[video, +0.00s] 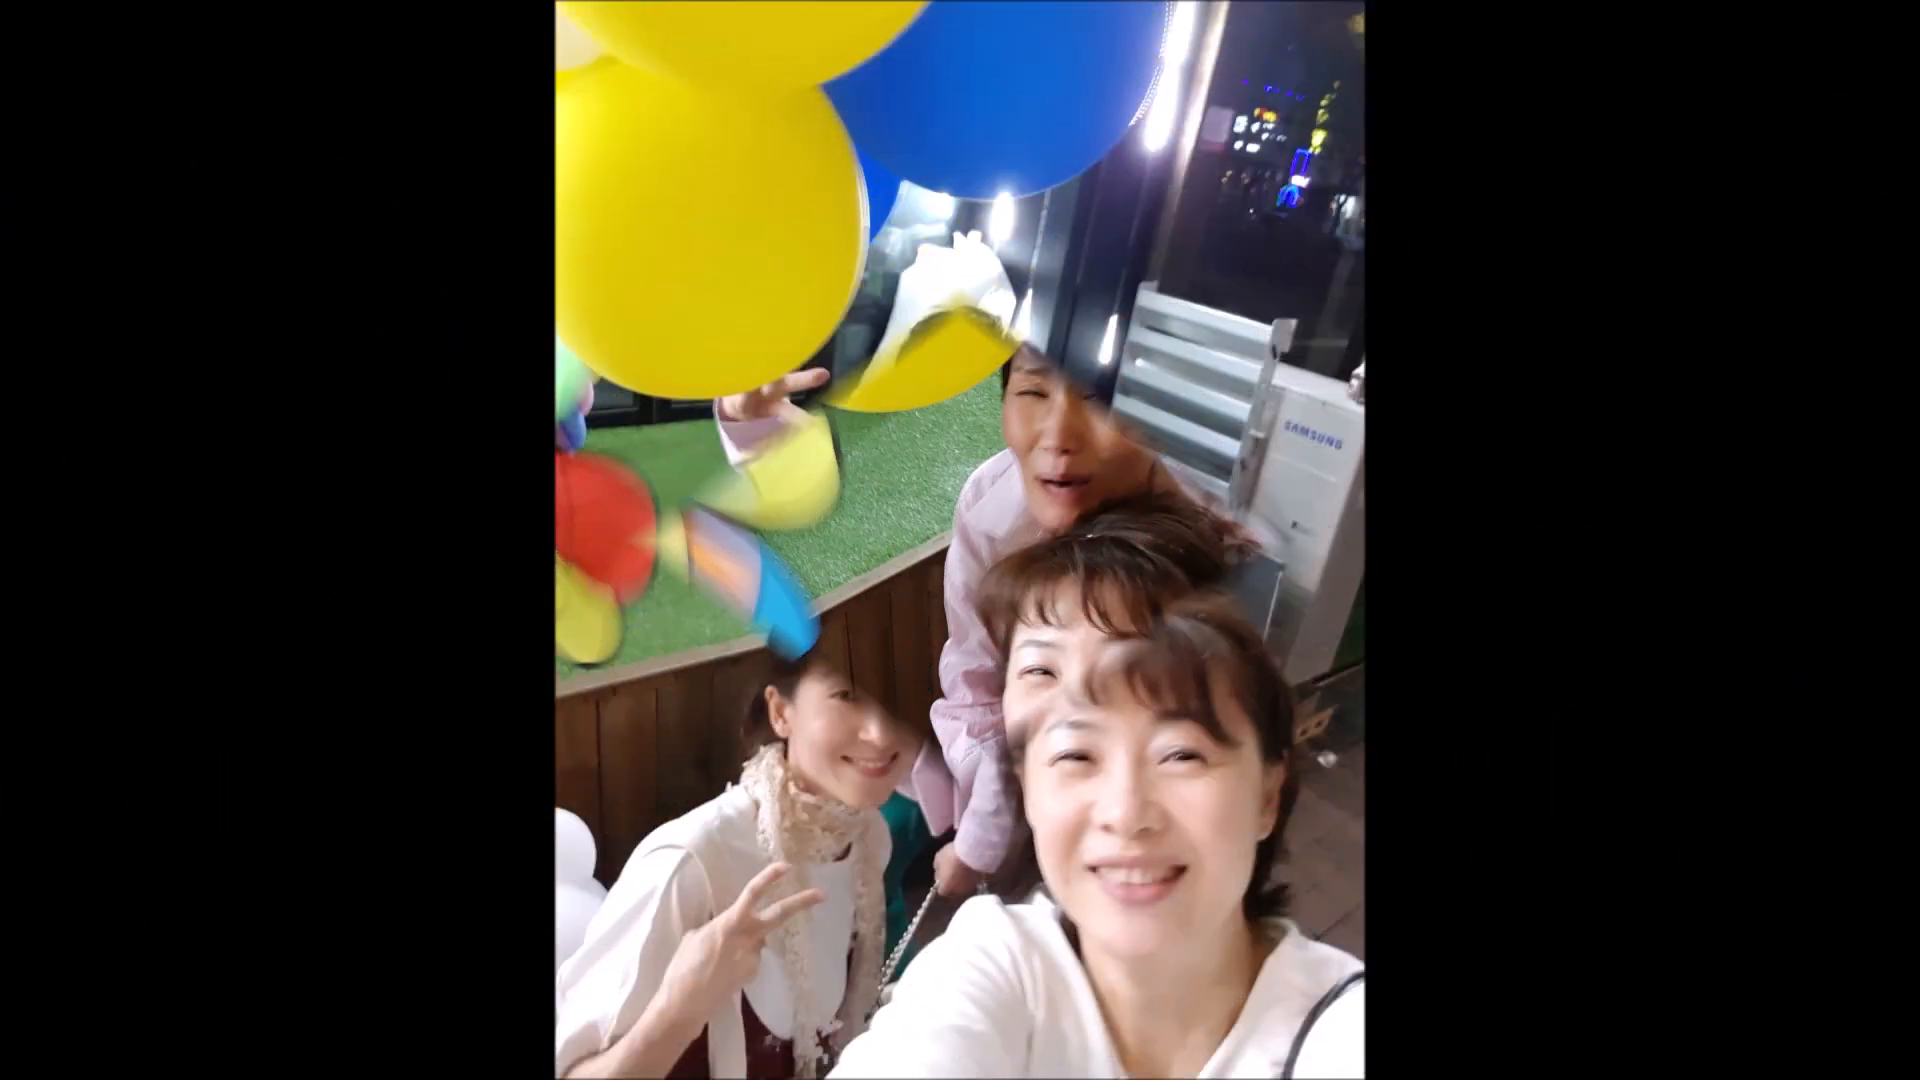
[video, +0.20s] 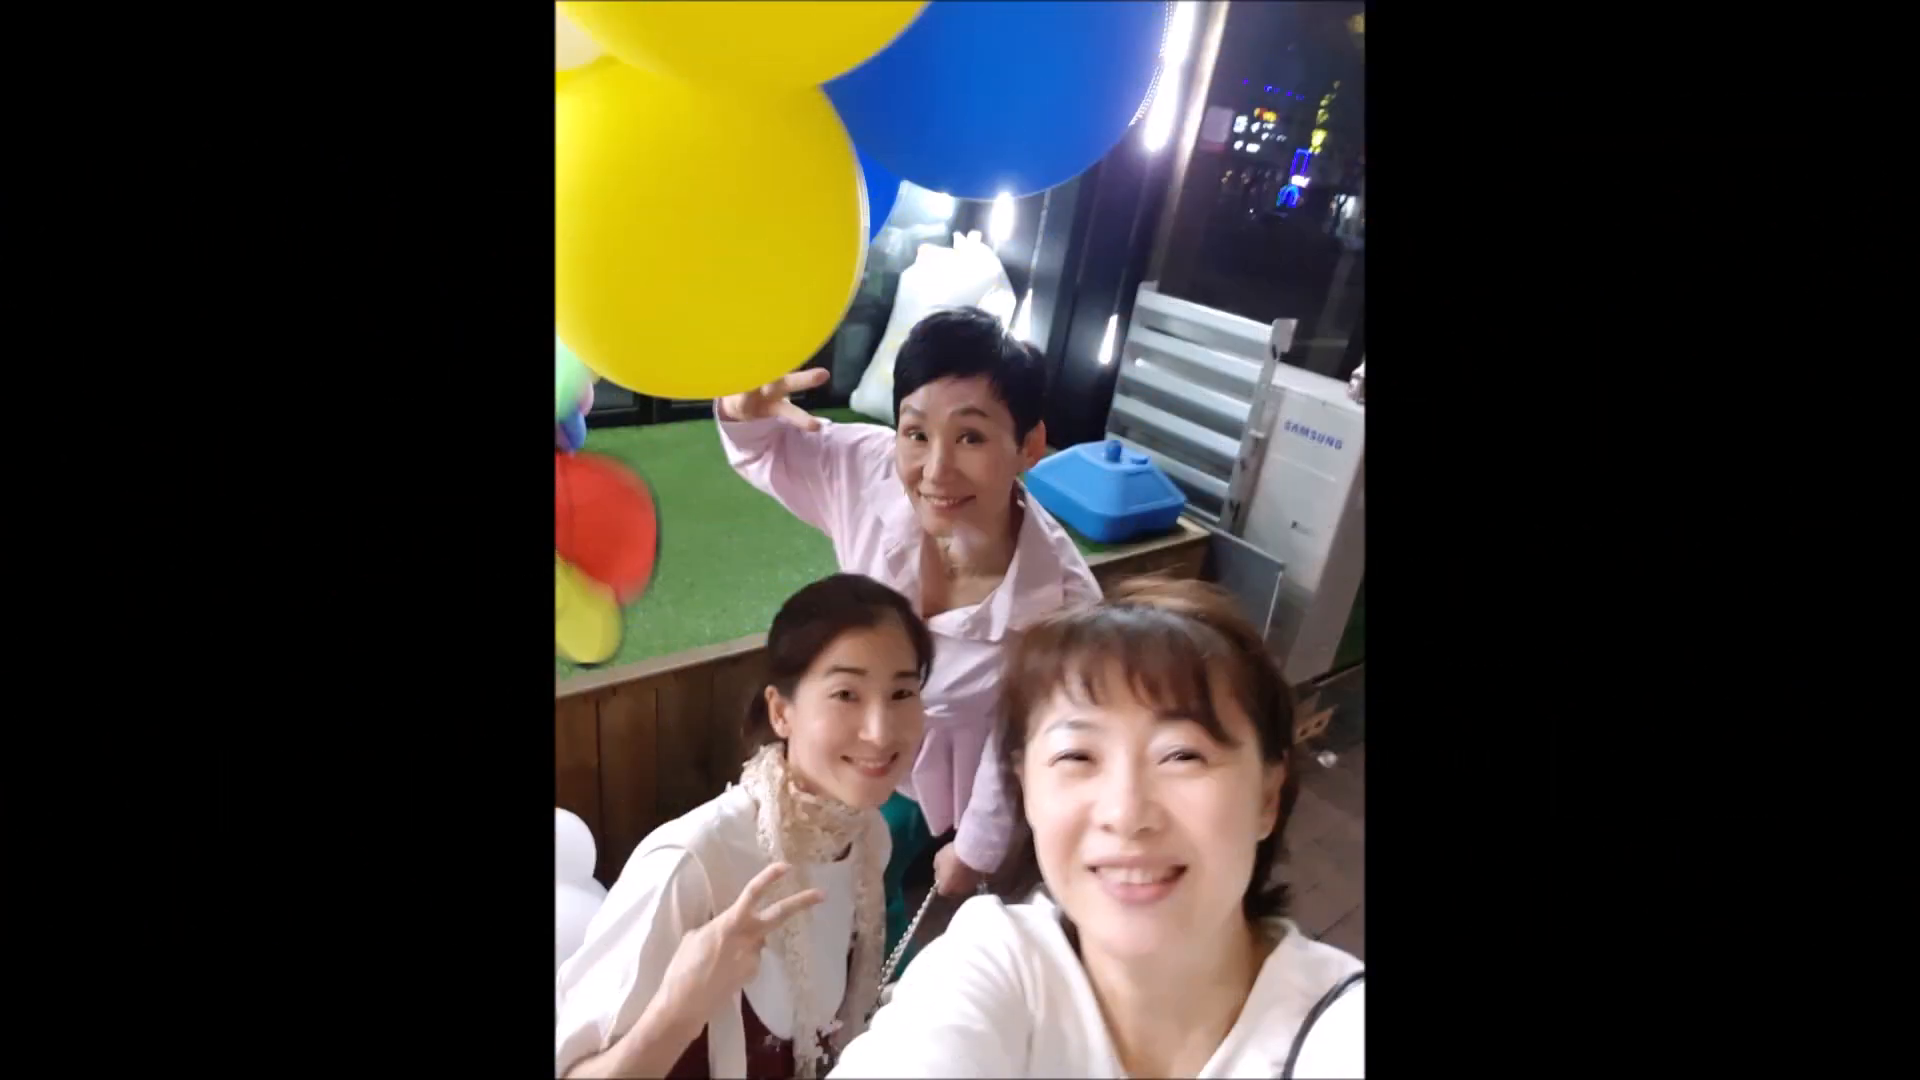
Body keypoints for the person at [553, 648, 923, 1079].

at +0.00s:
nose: (881, 734)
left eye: (901, 700)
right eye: (847, 694)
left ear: (927, 718)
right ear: (781, 711)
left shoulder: (871, 837)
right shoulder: (689, 862)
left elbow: (858, 1011)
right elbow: (575, 1068)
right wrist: (677, 1014)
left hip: (820, 1064)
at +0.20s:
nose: (881, 732)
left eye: (903, 694)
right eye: (845, 694)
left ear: (922, 706)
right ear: (782, 712)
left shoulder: (870, 836)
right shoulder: (687, 864)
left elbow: (852, 1020)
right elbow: (574, 1070)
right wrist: (682, 1007)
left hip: (811, 1067)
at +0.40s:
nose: (881, 732)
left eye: (903, 694)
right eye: (845, 694)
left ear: (922, 706)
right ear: (782, 712)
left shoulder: (870, 836)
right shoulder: (687, 863)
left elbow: (853, 1020)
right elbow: (574, 1070)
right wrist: (682, 1007)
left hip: (811, 1067)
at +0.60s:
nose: (881, 732)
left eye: (903, 694)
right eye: (845, 694)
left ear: (922, 706)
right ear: (782, 712)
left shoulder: (870, 836)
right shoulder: (687, 863)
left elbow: (853, 1020)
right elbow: (574, 1070)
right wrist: (682, 1007)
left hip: (812, 1067)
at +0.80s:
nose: (881, 732)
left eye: (903, 694)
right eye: (845, 694)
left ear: (922, 706)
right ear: (782, 712)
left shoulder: (870, 836)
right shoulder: (687, 863)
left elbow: (853, 1020)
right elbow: (574, 1070)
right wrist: (682, 1007)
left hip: (812, 1067)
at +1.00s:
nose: (882, 732)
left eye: (903, 694)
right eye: (845, 695)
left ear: (922, 706)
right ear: (782, 712)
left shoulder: (870, 835)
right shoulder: (688, 863)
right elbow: (575, 1070)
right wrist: (682, 1007)